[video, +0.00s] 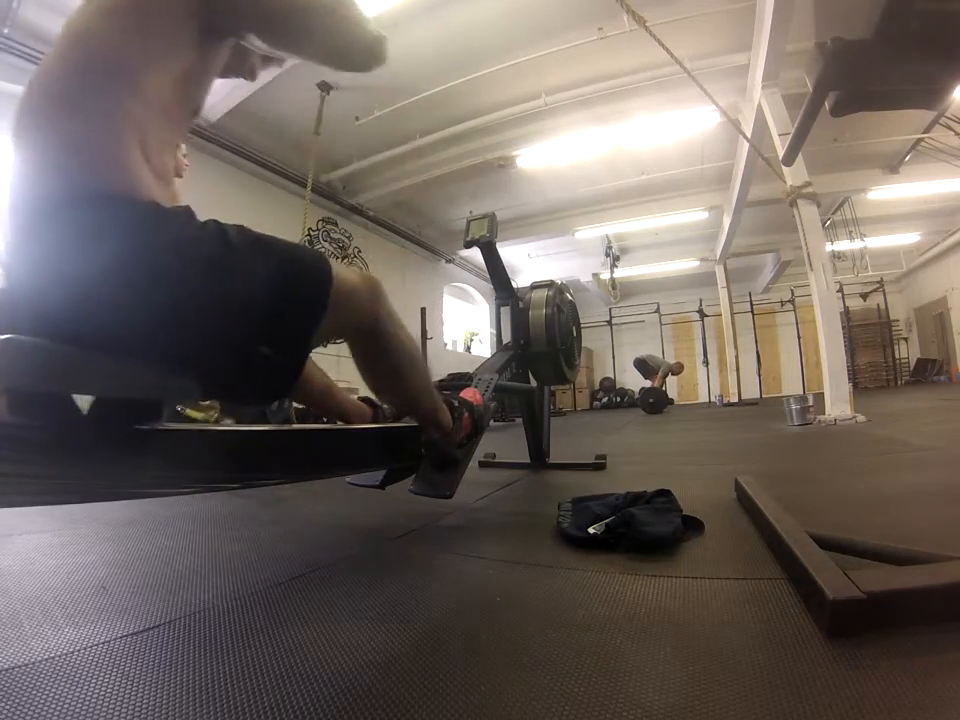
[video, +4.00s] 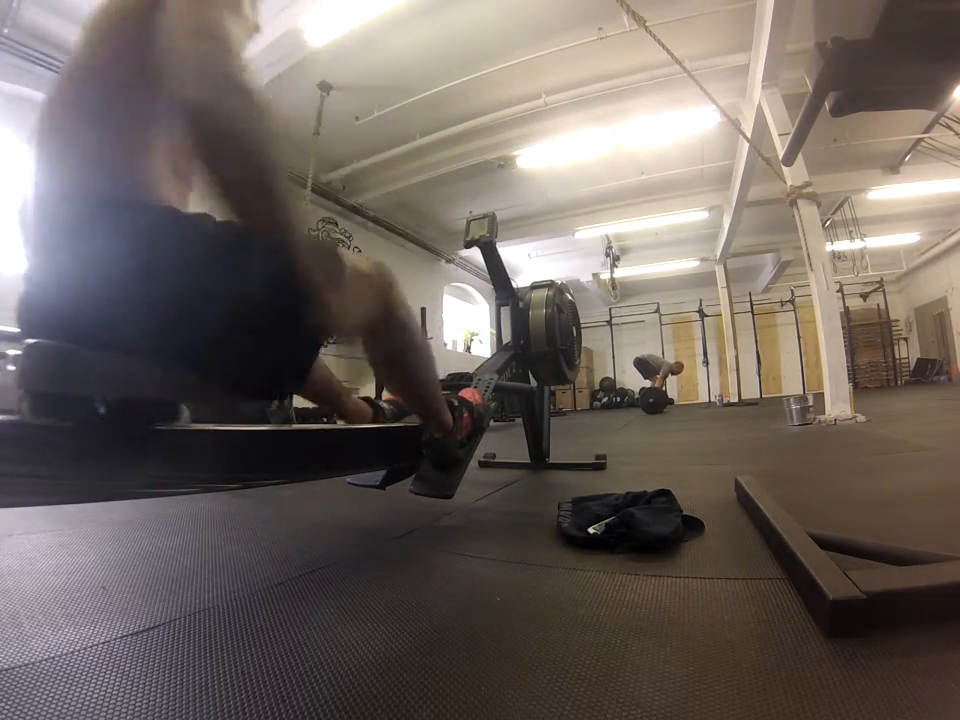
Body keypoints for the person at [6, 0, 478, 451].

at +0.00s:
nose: (262, 74)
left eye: (269, 69)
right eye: (266, 59)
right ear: (250, 18)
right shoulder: (200, 7)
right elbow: (366, 49)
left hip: (41, 259)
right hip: (119, 247)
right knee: (362, 296)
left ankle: (362, 421)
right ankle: (443, 430)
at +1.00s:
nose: (330, 112)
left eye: (334, 101)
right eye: (334, 96)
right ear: (323, 65)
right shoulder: (289, 56)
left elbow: (252, 246)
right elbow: (400, 190)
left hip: (73, 292)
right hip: (167, 279)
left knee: (267, 307)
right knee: (378, 285)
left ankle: (358, 411)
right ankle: (447, 427)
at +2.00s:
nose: (398, 143)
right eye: (394, 133)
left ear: (330, 99)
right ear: (381, 118)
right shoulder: (374, 128)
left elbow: (319, 262)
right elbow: (465, 255)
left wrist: (405, 343)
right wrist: (464, 351)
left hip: (147, 323)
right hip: (238, 303)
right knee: (423, 263)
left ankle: (363, 418)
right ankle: (443, 426)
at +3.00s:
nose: (390, 161)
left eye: (392, 152)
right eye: (392, 152)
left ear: (333, 117)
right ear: (384, 140)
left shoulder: (273, 139)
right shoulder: (378, 165)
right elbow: (384, 290)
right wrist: (373, 370)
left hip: (143, 322)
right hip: (233, 300)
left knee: (299, 294)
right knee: (426, 258)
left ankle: (363, 416)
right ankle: (444, 424)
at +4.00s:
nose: (243, 35)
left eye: (245, 32)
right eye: (240, 24)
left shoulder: (107, 48)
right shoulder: (184, 12)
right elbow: (210, 101)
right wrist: (302, 262)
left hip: (56, 286)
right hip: (129, 272)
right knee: (376, 289)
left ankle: (359, 413)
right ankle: (445, 428)